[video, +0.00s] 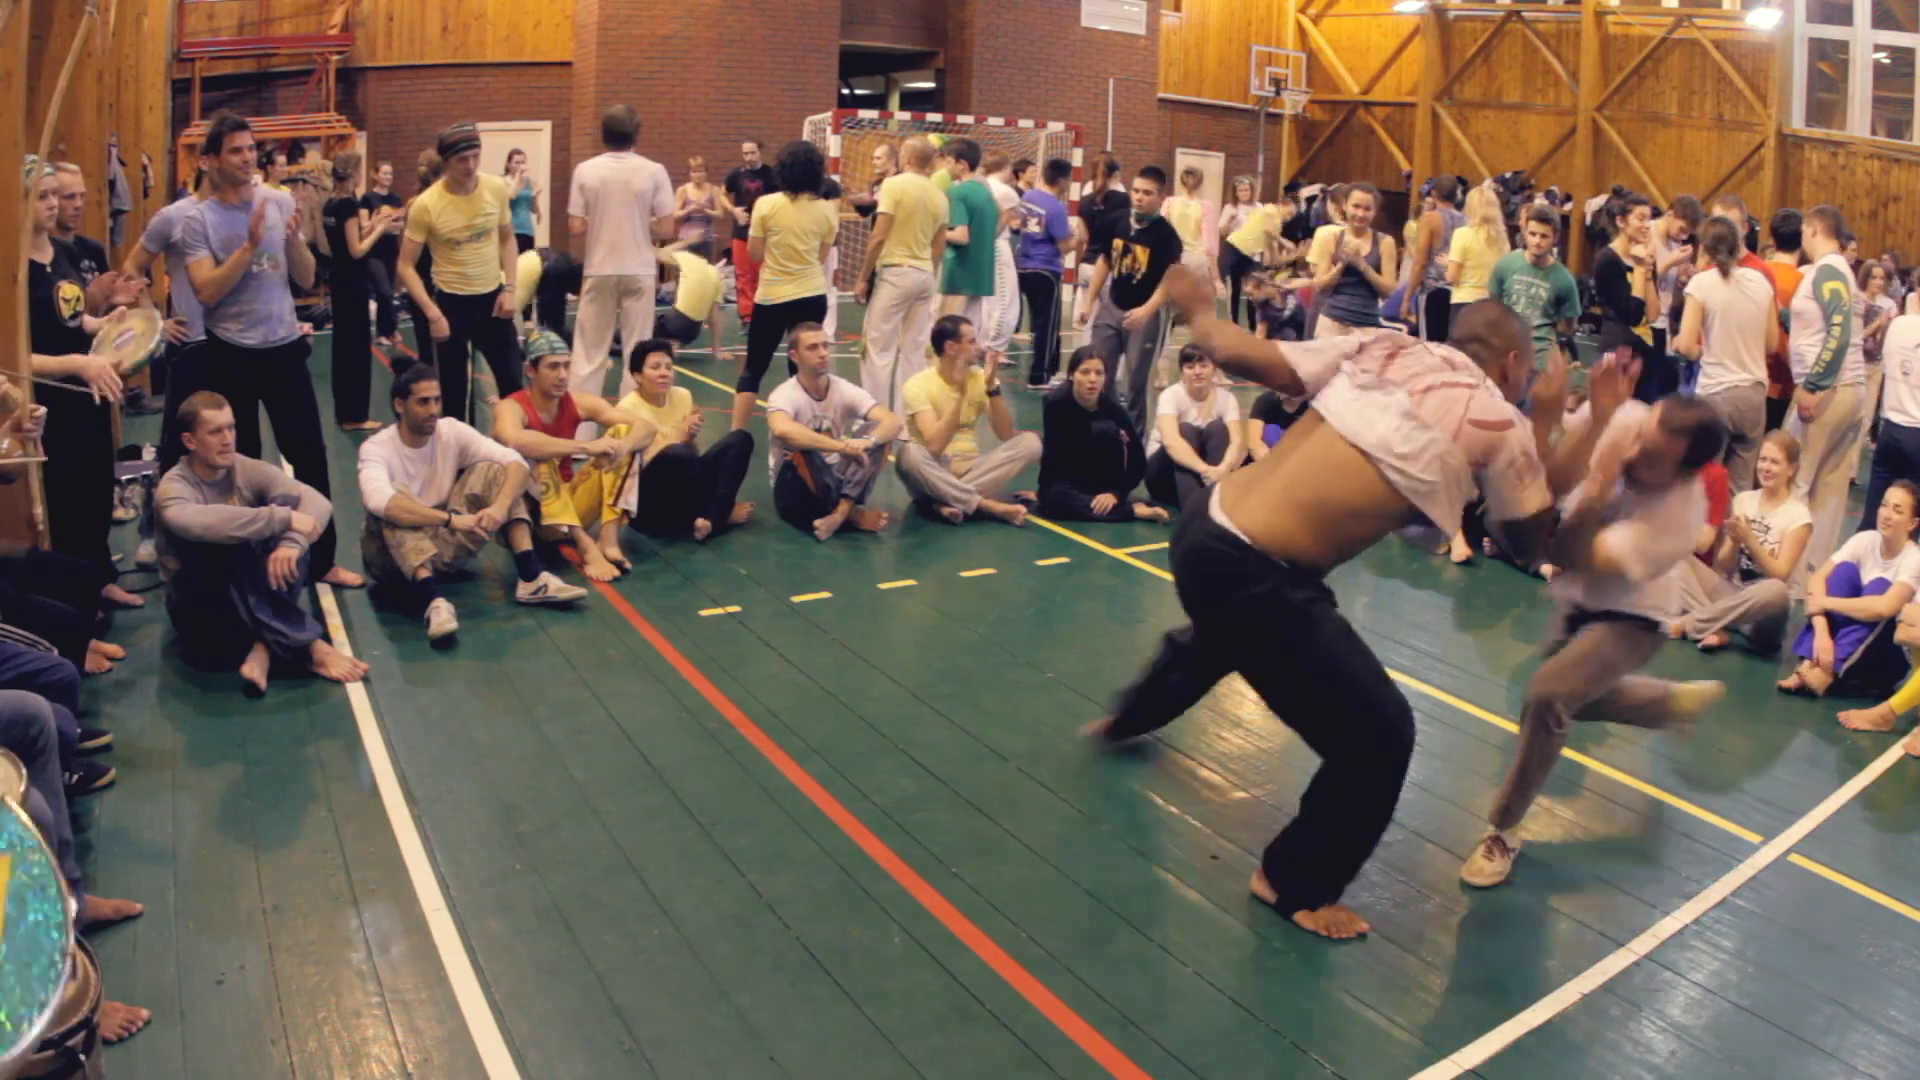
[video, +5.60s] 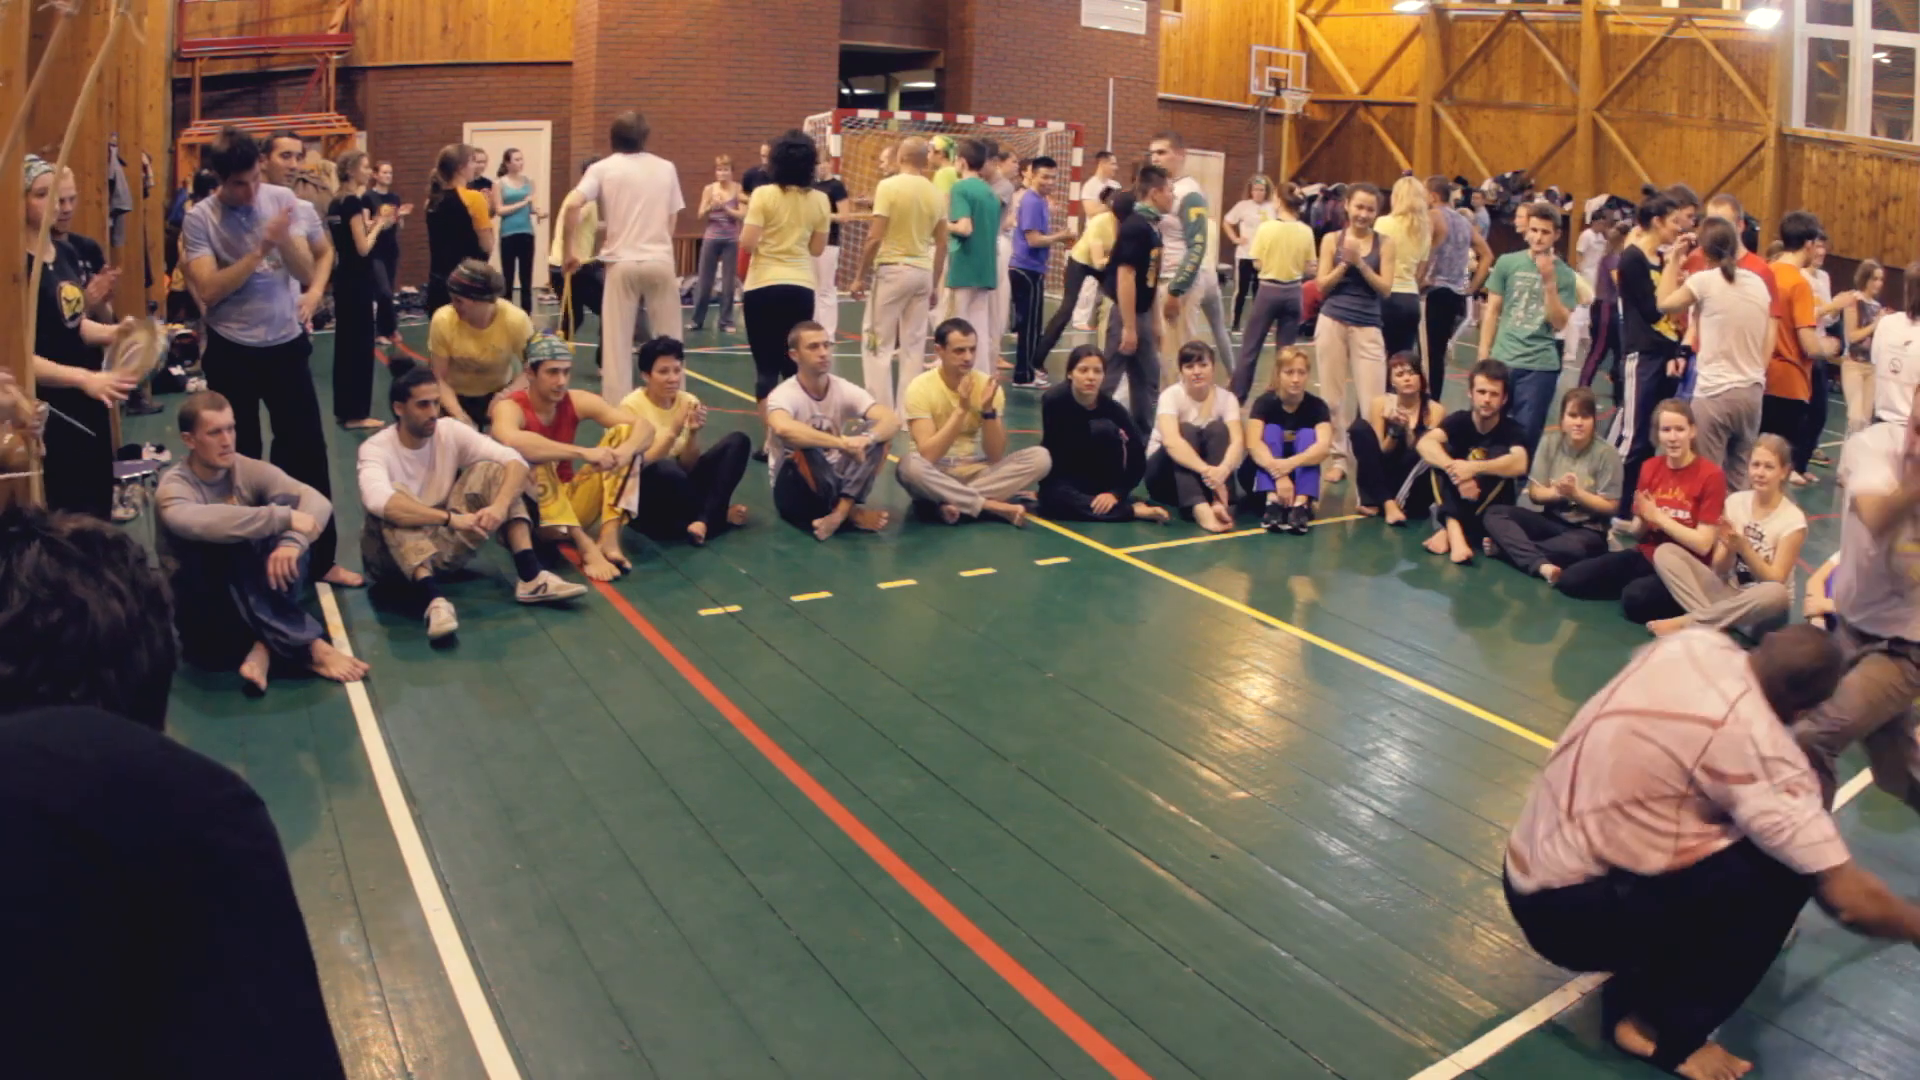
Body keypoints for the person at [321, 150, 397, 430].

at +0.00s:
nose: (365, 175)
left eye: (364, 170)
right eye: (363, 170)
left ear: (338, 172)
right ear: (352, 173)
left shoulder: (329, 205)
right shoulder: (348, 205)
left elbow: (344, 244)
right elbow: (356, 249)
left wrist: (369, 226)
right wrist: (380, 229)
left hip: (339, 278)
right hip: (354, 281)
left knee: (345, 342)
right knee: (358, 343)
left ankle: (346, 413)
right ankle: (355, 416)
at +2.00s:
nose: (360, 177)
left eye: (358, 171)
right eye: (358, 172)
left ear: (334, 173)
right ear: (350, 174)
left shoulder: (325, 204)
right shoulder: (345, 202)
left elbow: (335, 244)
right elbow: (351, 245)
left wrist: (364, 227)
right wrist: (372, 229)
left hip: (335, 279)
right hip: (349, 280)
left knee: (343, 342)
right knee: (357, 343)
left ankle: (342, 409)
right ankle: (356, 413)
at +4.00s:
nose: (369, 174)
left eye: (368, 169)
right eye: (366, 169)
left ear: (343, 172)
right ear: (357, 172)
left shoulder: (334, 202)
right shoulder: (353, 203)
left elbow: (346, 245)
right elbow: (361, 248)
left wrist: (374, 227)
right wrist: (379, 230)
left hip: (342, 280)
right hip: (358, 282)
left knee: (348, 342)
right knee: (361, 345)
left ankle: (346, 411)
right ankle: (356, 414)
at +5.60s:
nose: (371, 172)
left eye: (370, 168)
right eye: (366, 168)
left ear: (349, 171)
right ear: (352, 171)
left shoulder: (336, 203)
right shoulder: (354, 203)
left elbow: (344, 245)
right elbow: (363, 247)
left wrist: (371, 225)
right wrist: (377, 226)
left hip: (343, 279)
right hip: (358, 282)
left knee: (347, 342)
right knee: (360, 344)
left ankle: (346, 410)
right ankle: (356, 414)